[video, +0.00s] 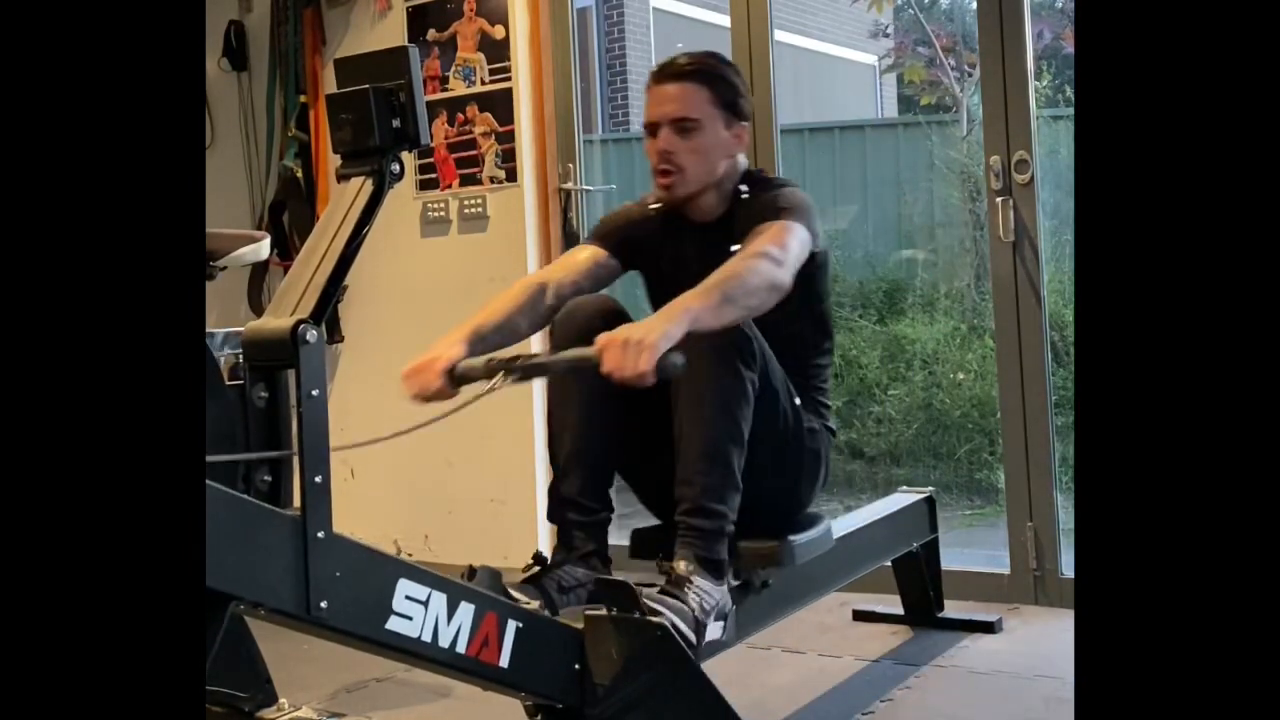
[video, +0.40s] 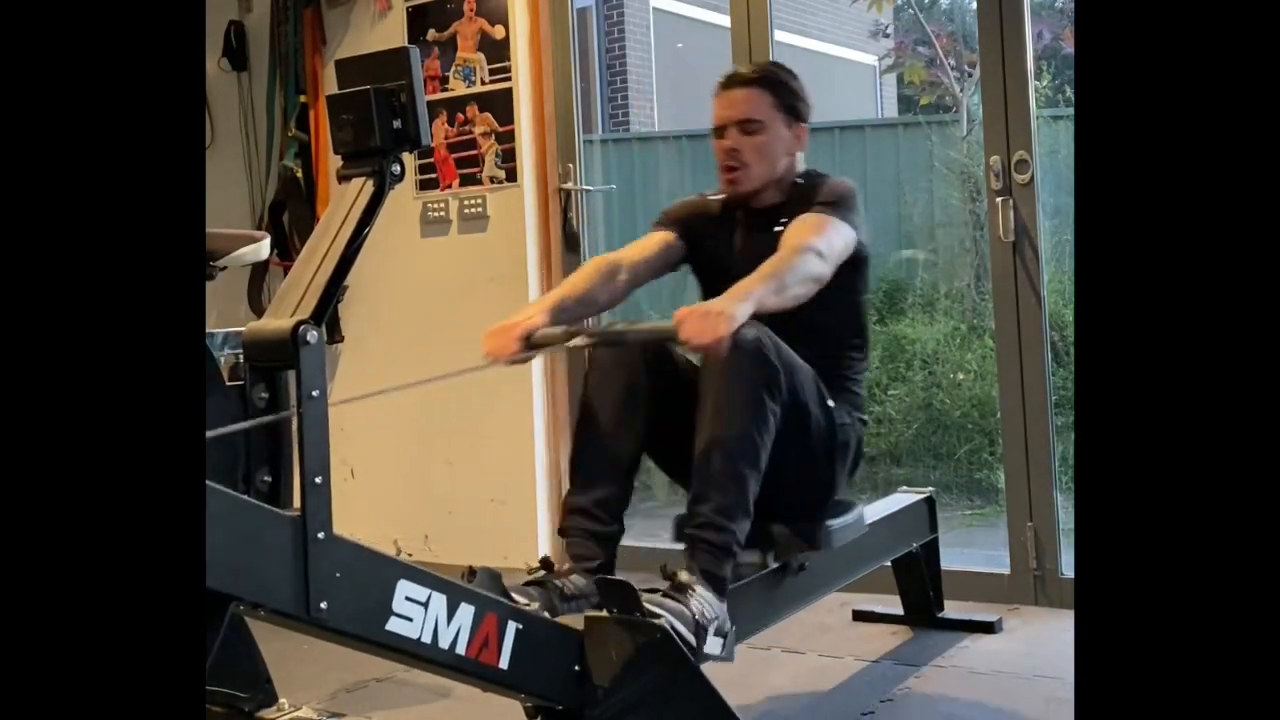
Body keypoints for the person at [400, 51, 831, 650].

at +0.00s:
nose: (661, 148)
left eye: (685, 129)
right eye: (653, 131)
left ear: (738, 137)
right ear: (644, 138)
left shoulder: (783, 207)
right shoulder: (639, 227)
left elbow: (767, 271)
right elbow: (550, 289)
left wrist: (672, 319)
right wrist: (460, 345)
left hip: (776, 477)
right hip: (680, 479)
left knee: (718, 330)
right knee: (584, 314)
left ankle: (700, 575)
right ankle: (579, 563)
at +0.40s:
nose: (728, 145)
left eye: (748, 129)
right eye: (720, 132)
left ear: (797, 137)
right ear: (712, 140)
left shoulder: (829, 200)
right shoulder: (701, 217)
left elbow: (804, 264)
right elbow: (620, 270)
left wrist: (732, 306)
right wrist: (540, 315)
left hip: (811, 465)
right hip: (724, 458)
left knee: (745, 342)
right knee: (618, 353)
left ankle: (703, 592)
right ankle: (581, 573)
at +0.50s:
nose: (771, 145)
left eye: (790, 129)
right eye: (763, 133)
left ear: (838, 140)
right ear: (754, 144)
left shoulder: (866, 202)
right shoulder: (742, 217)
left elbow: (849, 262)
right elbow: (669, 267)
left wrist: (787, 294)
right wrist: (603, 306)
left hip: (846, 436)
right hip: (755, 423)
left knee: (770, 380)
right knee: (650, 385)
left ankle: (708, 608)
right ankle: (583, 577)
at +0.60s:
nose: (807, 153)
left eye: (825, 138)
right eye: (798, 141)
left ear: (869, 145)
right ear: (790, 148)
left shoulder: (898, 208)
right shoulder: (773, 219)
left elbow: (907, 273)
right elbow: (704, 273)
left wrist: (842, 285)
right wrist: (653, 296)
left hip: (861, 405)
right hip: (774, 399)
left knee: (786, 449)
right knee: (675, 441)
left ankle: (715, 620)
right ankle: (583, 592)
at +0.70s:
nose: (826, 180)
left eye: (842, 164)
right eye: (817, 166)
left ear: (884, 163)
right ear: (807, 168)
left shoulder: (919, 224)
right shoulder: (798, 233)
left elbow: (966, 292)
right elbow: (737, 287)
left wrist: (890, 288)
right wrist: (698, 300)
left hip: (869, 408)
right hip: (785, 404)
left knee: (792, 469)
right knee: (696, 474)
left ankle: (719, 623)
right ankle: (594, 589)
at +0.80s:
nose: (812, 187)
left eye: (828, 171)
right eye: (803, 173)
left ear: (872, 170)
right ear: (796, 172)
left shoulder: (917, 231)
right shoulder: (788, 240)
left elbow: (1022, 301)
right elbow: (729, 300)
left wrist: (928, 293)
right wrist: (727, 310)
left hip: (865, 414)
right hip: (772, 405)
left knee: (781, 440)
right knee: (681, 430)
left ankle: (715, 621)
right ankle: (595, 588)